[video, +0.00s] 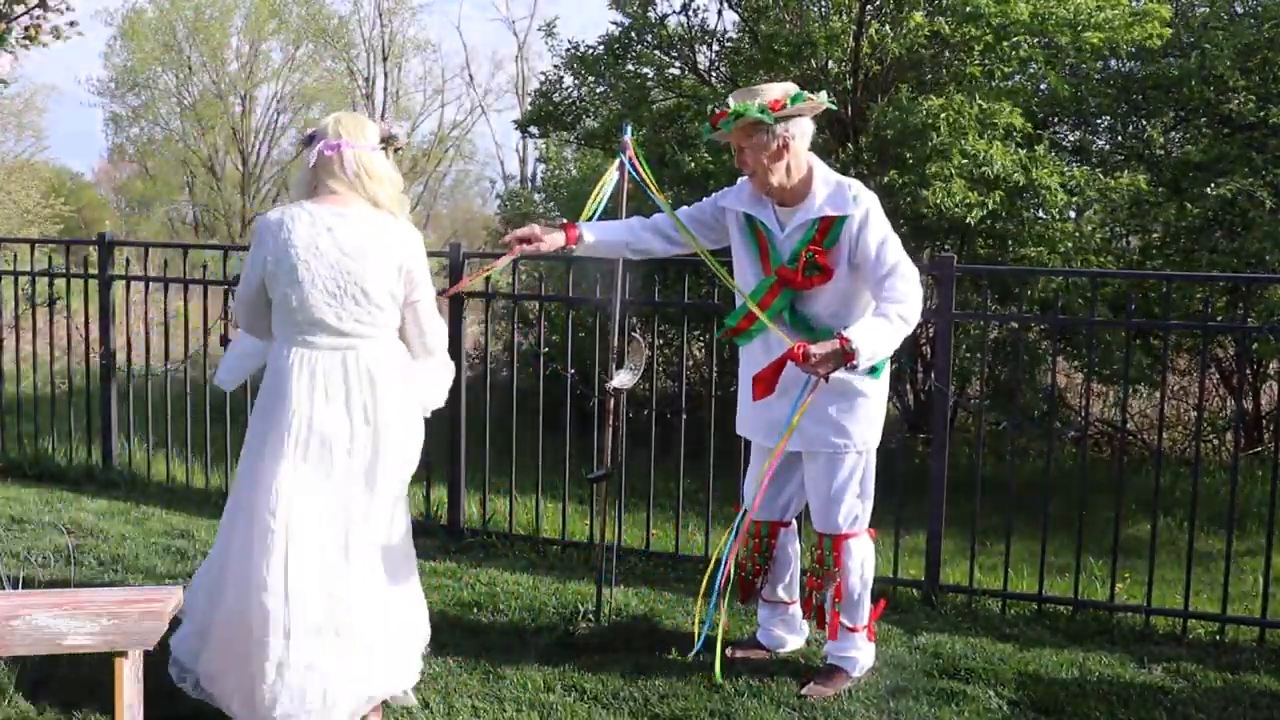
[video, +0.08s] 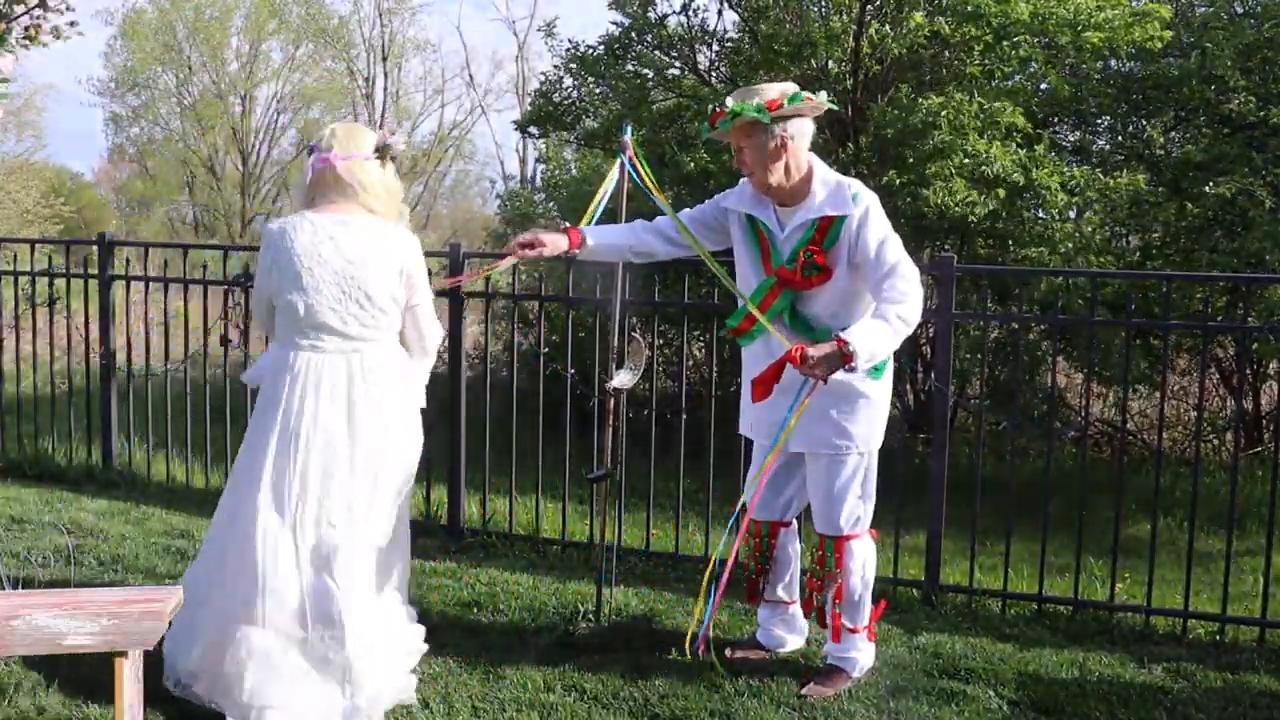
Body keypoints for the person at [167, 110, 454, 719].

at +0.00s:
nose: (393, 163)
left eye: (307, 156)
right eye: (385, 153)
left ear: (313, 164)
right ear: (374, 164)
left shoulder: (278, 225)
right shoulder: (400, 235)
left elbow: (249, 317)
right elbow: (428, 337)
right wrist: (423, 389)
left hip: (296, 390)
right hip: (377, 389)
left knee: (289, 532)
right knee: (368, 535)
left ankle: (283, 684)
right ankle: (365, 687)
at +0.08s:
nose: (387, 172)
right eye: (380, 164)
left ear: (314, 175)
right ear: (375, 175)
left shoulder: (283, 234)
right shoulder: (399, 242)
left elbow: (263, 320)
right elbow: (425, 338)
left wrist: (298, 350)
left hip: (299, 388)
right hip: (377, 389)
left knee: (286, 521)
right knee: (367, 525)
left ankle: (273, 667)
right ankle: (359, 671)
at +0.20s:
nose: (388, 181)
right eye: (382, 172)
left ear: (317, 180)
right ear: (376, 183)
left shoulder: (283, 238)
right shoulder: (392, 244)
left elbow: (285, 314)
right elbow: (419, 335)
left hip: (300, 381)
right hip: (375, 381)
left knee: (313, 532)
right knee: (360, 522)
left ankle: (363, 684)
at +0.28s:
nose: (390, 176)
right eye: (386, 167)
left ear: (321, 172)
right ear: (376, 177)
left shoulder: (282, 227)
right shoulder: (382, 235)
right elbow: (415, 327)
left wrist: (376, 158)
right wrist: (419, 328)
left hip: (299, 371)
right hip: (367, 370)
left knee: (315, 514)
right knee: (364, 511)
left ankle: (357, 657)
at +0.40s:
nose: (298, 162)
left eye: (306, 156)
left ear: (317, 165)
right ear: (363, 167)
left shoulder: (276, 218)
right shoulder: (369, 225)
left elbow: (288, 285)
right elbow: (402, 316)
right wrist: (409, 289)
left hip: (287, 357)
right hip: (354, 356)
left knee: (288, 484)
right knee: (364, 486)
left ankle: (286, 615)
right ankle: (363, 615)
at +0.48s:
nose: (370, 171)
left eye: (367, 162)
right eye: (365, 163)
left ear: (301, 166)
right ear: (352, 167)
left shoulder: (268, 217)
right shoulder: (355, 224)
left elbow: (274, 284)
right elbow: (383, 310)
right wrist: (401, 295)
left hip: (276, 350)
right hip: (341, 354)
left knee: (289, 476)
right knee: (360, 478)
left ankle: (294, 602)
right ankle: (372, 610)